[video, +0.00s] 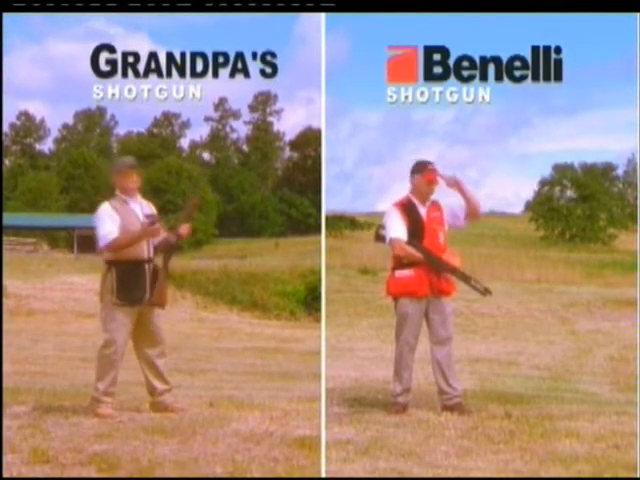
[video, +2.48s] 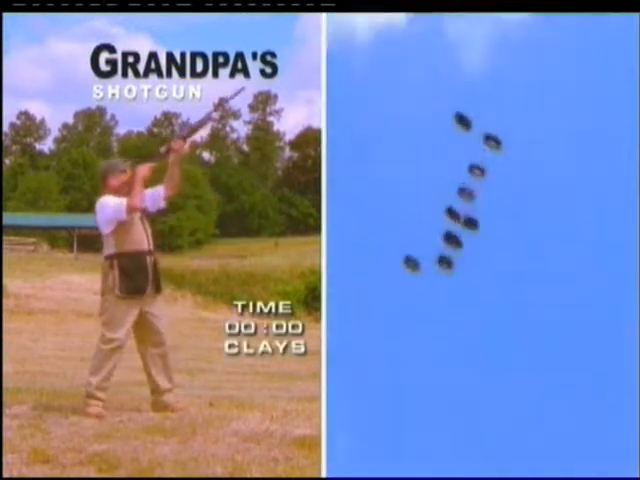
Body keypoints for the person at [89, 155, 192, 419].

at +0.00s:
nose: (131, 181)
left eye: (133, 175)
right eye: (125, 176)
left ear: (140, 178)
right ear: (115, 180)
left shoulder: (147, 208)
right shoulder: (107, 211)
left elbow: (156, 242)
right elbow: (109, 246)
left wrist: (175, 236)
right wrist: (143, 235)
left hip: (147, 274)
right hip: (119, 275)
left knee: (152, 342)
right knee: (115, 341)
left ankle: (160, 396)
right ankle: (102, 399)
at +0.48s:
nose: (159, 184)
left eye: (158, 178)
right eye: (153, 178)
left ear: (155, 183)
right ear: (137, 183)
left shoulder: (156, 211)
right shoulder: (125, 211)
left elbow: (163, 245)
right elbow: (141, 244)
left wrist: (183, 237)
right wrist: (179, 237)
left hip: (152, 274)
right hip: (128, 274)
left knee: (156, 341)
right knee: (120, 339)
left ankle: (162, 396)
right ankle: (96, 397)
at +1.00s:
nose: (152, 188)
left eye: (151, 183)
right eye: (146, 183)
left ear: (143, 188)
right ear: (130, 188)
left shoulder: (150, 214)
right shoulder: (115, 218)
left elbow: (158, 247)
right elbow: (98, 257)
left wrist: (179, 245)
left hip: (146, 279)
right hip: (120, 281)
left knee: (159, 339)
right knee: (119, 343)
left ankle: (162, 397)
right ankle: (92, 399)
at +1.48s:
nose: (170, 202)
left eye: (169, 197)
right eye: (165, 197)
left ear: (153, 202)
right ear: (151, 201)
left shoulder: (157, 225)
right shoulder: (145, 233)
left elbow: (156, 259)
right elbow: (136, 277)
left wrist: (182, 262)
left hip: (149, 297)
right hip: (132, 299)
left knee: (167, 342)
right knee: (133, 354)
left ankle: (165, 395)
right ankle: (96, 398)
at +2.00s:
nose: (143, 176)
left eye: (142, 171)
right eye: (137, 172)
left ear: (140, 176)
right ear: (124, 178)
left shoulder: (148, 198)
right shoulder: (119, 201)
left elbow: (178, 193)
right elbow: (145, 200)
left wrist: (197, 165)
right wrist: (160, 181)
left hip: (154, 261)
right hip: (129, 263)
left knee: (160, 335)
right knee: (121, 335)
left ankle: (162, 396)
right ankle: (97, 396)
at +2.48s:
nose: (128, 177)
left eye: (128, 173)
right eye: (121, 173)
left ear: (128, 178)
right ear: (109, 181)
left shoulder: (136, 198)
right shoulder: (105, 204)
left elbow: (169, 190)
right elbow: (133, 206)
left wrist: (175, 159)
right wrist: (140, 177)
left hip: (145, 269)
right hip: (120, 272)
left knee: (155, 339)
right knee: (112, 339)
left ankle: (162, 395)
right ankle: (95, 398)